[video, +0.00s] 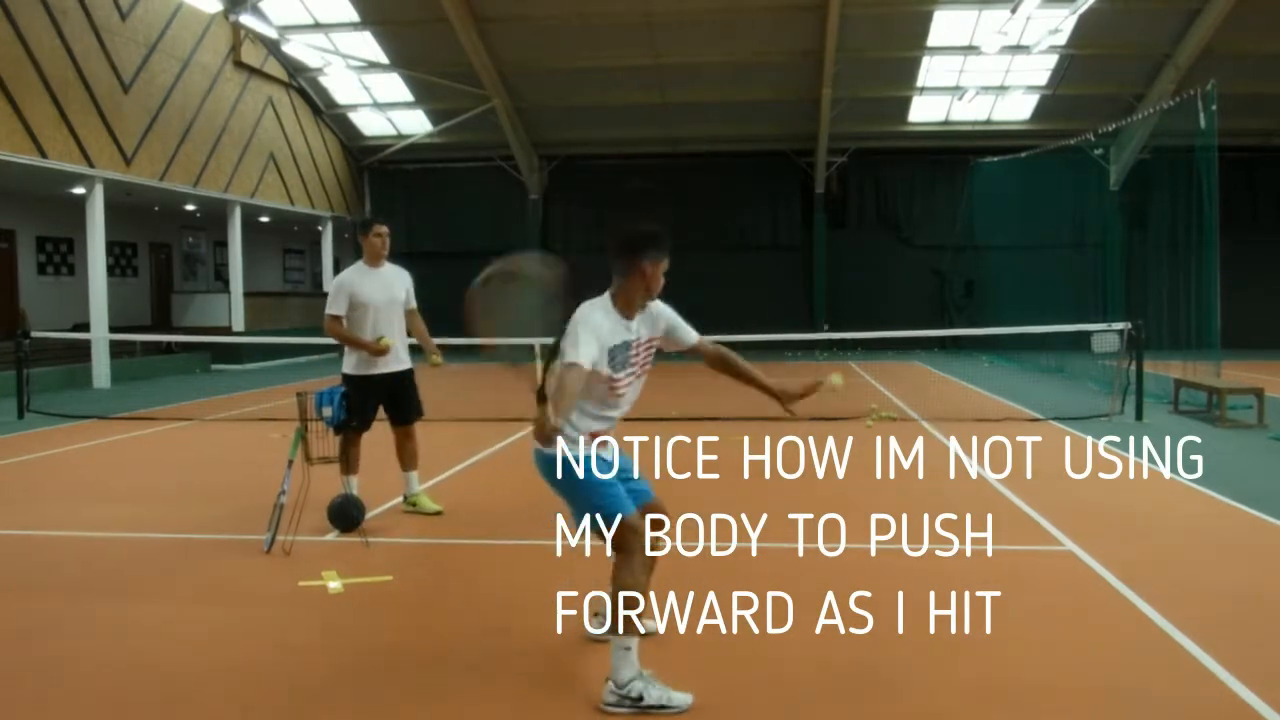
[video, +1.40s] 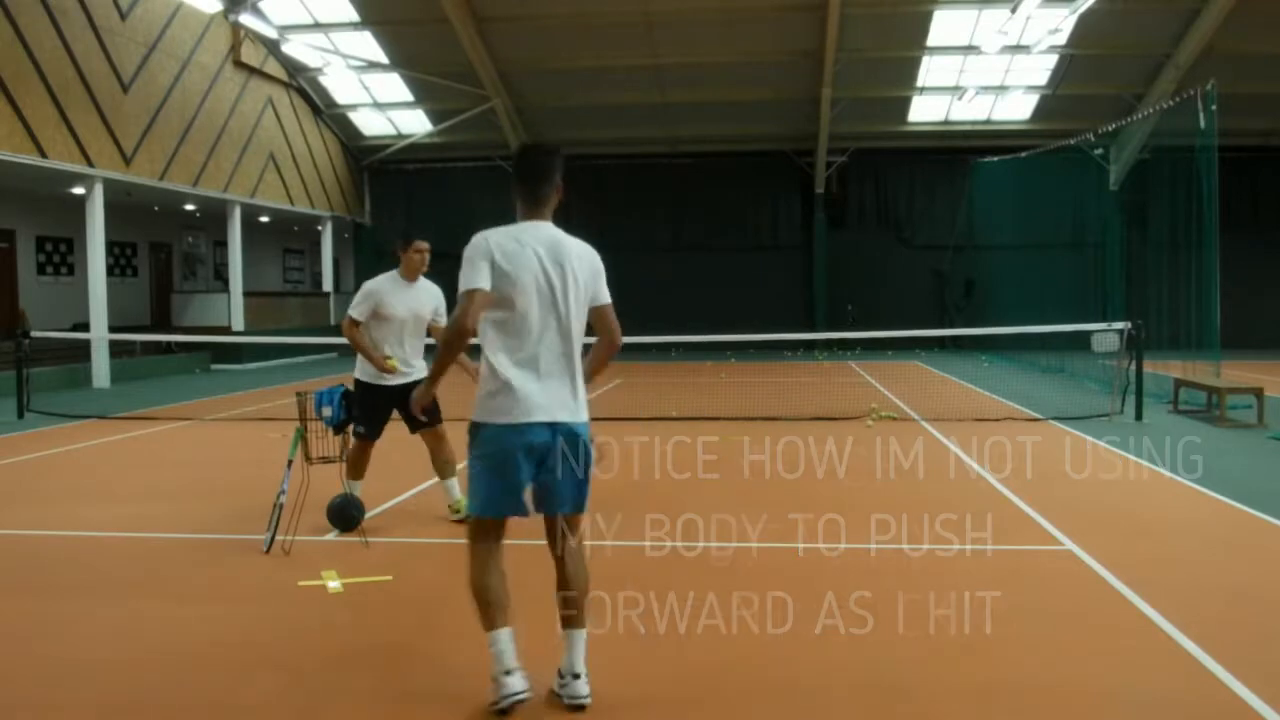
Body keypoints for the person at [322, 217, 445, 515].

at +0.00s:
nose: (384, 241)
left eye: (387, 236)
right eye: (377, 236)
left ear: (390, 241)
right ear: (362, 240)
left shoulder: (401, 276)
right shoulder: (346, 280)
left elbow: (412, 315)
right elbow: (332, 326)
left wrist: (429, 346)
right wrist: (366, 345)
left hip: (398, 370)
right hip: (360, 373)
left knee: (406, 428)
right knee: (352, 434)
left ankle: (413, 493)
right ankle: (350, 498)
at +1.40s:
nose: (424, 258)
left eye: (427, 253)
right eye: (418, 252)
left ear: (429, 257)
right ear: (402, 254)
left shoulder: (432, 292)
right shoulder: (374, 288)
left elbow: (442, 336)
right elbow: (349, 327)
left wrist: (469, 366)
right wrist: (375, 358)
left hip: (415, 379)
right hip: (374, 381)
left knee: (436, 435)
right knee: (362, 443)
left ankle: (456, 502)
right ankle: (351, 503)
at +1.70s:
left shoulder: (473, 300)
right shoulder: (417, 286)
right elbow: (387, 325)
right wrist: (405, 360)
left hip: (446, 379)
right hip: (405, 375)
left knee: (455, 441)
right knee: (383, 432)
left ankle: (460, 503)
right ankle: (359, 490)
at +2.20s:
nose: (427, 255)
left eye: (429, 250)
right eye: (420, 250)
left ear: (433, 257)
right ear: (404, 257)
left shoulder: (449, 294)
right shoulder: (385, 295)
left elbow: (474, 329)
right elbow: (364, 336)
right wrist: (383, 365)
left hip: (435, 382)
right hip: (392, 384)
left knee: (457, 441)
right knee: (374, 443)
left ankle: (466, 502)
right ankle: (343, 485)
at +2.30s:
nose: (410, 254)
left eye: (413, 249)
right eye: (404, 249)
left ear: (417, 255)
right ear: (388, 255)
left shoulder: (430, 291)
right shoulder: (369, 294)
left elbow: (448, 330)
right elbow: (349, 338)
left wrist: (449, 341)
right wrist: (372, 364)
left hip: (422, 381)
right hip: (380, 384)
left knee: (443, 435)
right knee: (363, 444)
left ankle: (459, 500)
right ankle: (341, 492)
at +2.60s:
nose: (381, 248)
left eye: (384, 243)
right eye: (374, 243)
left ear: (388, 248)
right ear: (361, 247)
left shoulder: (397, 283)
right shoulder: (342, 285)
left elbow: (402, 321)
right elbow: (319, 329)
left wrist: (412, 342)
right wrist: (348, 357)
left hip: (392, 376)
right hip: (353, 380)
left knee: (416, 430)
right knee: (345, 442)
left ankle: (421, 496)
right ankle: (337, 498)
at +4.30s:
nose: (396, 252)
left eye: (396, 247)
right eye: (394, 247)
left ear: (381, 248)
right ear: (381, 248)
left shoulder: (390, 281)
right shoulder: (346, 284)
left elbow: (402, 319)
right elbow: (326, 331)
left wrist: (443, 328)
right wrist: (362, 358)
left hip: (395, 374)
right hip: (358, 380)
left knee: (423, 425)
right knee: (349, 440)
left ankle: (428, 492)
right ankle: (337, 496)